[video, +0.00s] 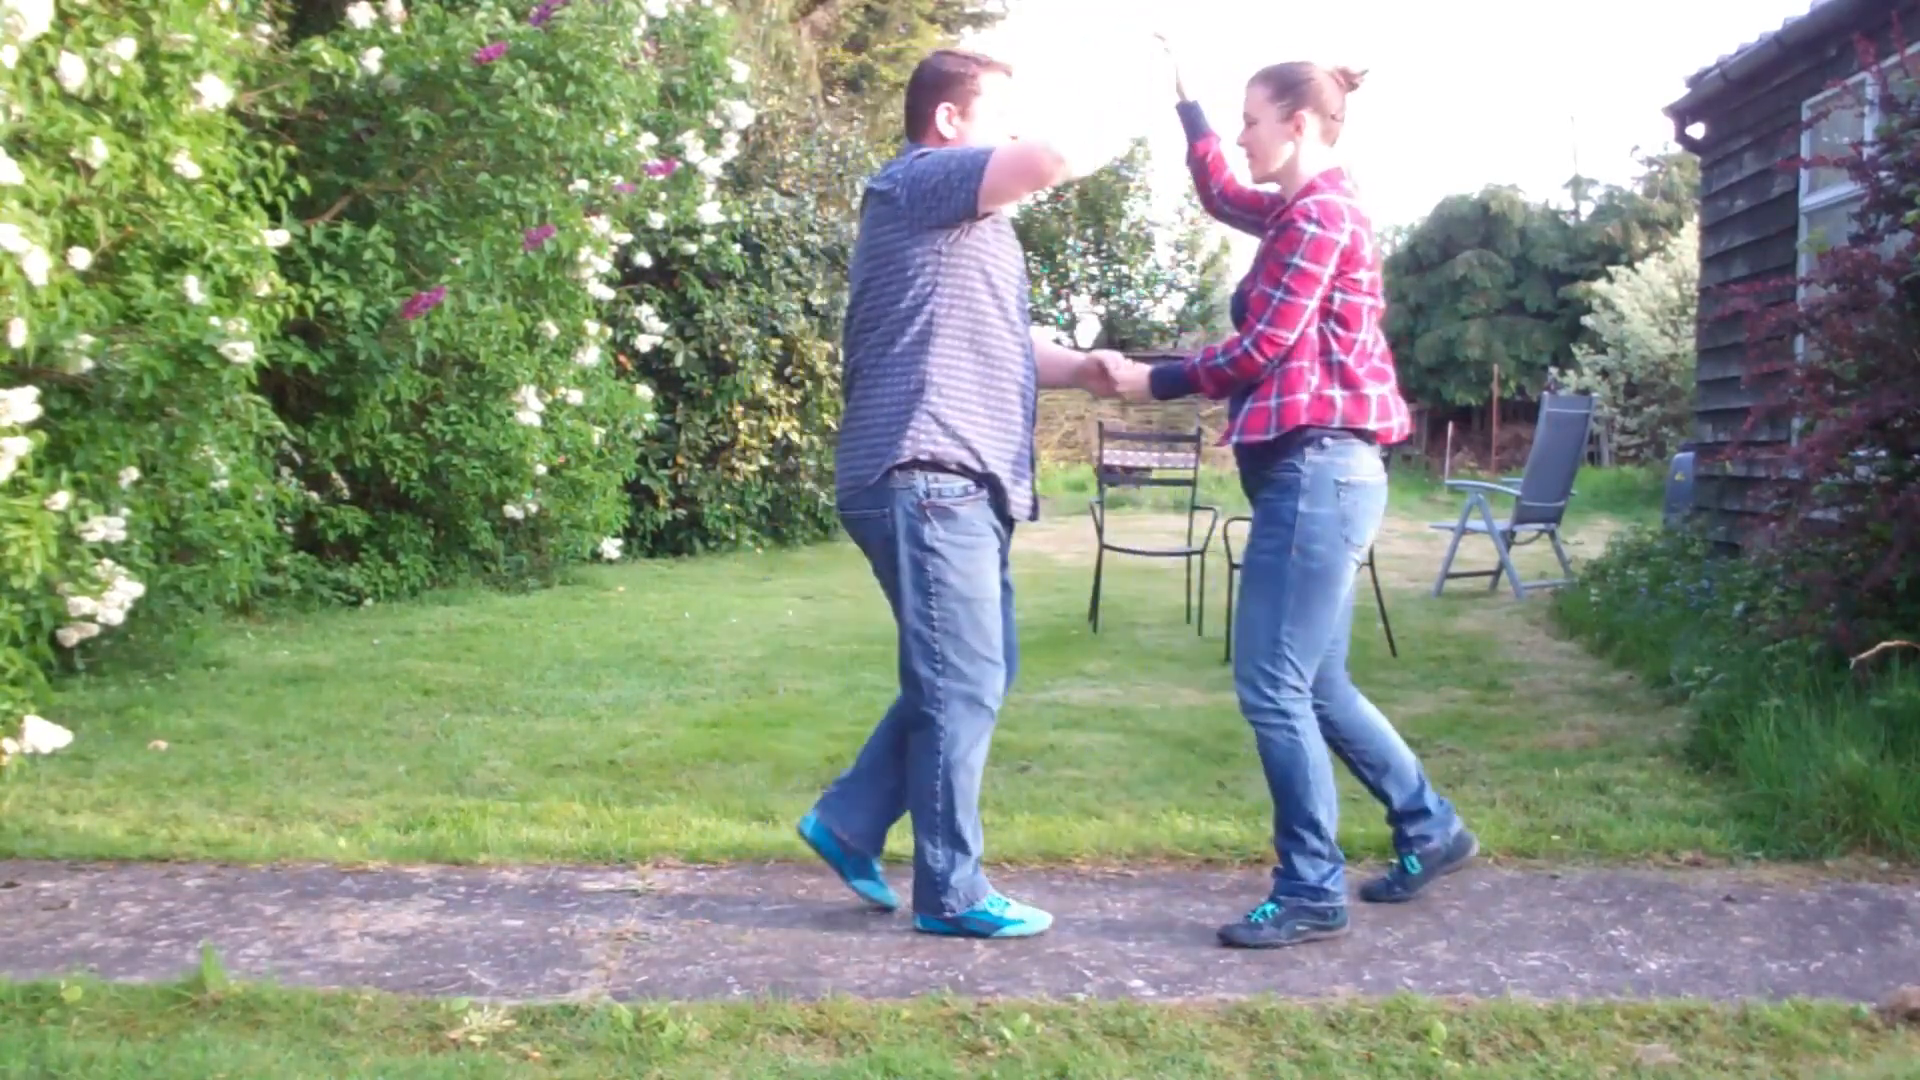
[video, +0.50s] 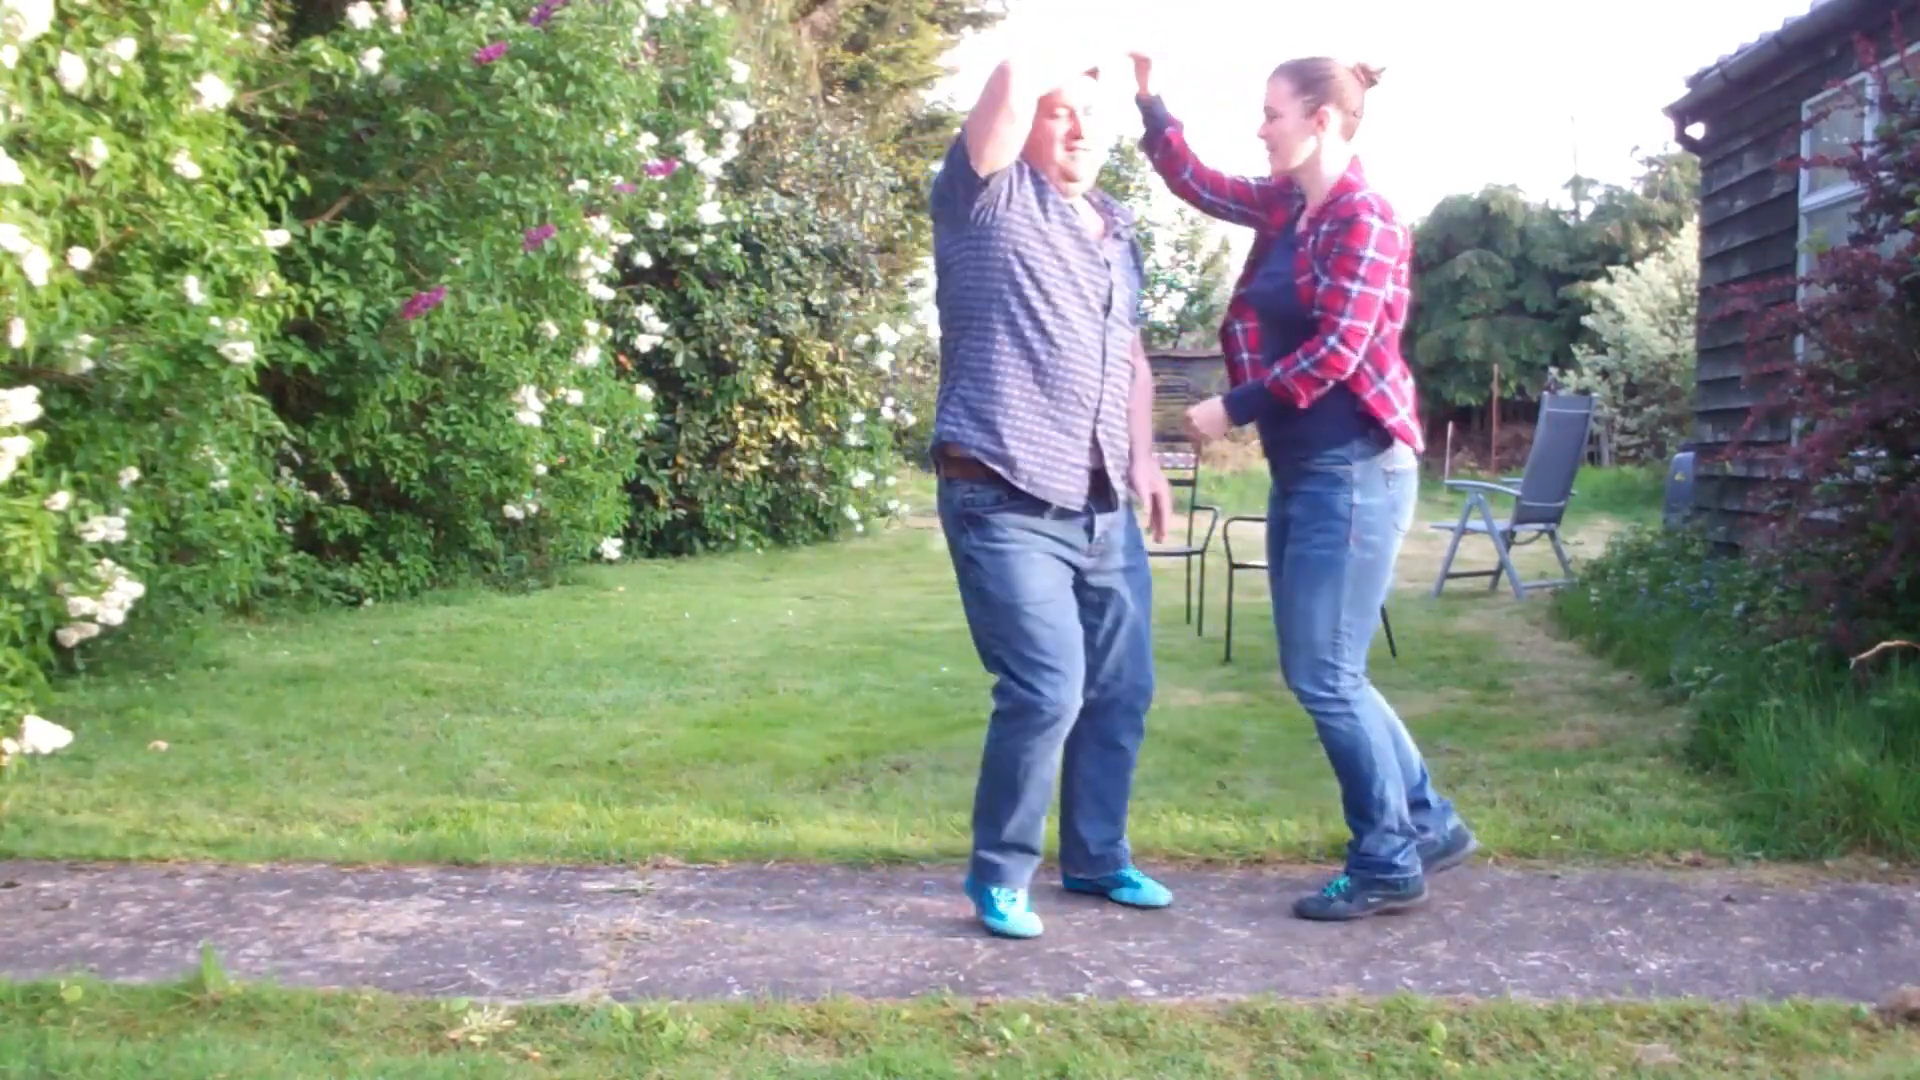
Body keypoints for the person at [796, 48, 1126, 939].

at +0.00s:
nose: (1014, 125)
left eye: (1012, 110)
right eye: (999, 108)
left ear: (956, 120)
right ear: (948, 117)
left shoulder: (978, 220)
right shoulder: (911, 183)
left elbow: (1003, 350)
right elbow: (1044, 162)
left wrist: (1092, 365)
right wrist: (1111, 120)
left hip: (971, 478)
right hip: (921, 471)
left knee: (979, 673)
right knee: (958, 680)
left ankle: (847, 822)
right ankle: (951, 889)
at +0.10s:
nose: (1039, 118)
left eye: (1035, 102)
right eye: (1022, 103)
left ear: (976, 119)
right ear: (969, 118)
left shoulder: (1003, 227)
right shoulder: (926, 187)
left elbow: (1012, 361)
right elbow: (1056, 137)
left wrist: (1097, 389)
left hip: (1003, 489)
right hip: (945, 477)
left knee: (1045, 662)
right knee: (977, 688)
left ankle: (916, 810)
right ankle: (952, 889)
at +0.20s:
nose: (1054, 119)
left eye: (1053, 108)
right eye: (1037, 107)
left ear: (994, 123)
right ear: (982, 120)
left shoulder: (1025, 227)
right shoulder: (944, 187)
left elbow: (1026, 374)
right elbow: (1060, 122)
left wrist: (1115, 416)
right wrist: (1055, 106)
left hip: (1035, 500)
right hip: (966, 487)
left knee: (1081, 664)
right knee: (995, 690)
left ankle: (1022, 846)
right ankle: (953, 888)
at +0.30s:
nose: (1070, 136)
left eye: (1070, 119)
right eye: (1053, 114)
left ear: (1021, 120)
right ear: (996, 118)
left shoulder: (1054, 226)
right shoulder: (954, 191)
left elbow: (1043, 367)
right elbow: (1056, 101)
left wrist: (1114, 431)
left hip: (1066, 497)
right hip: (983, 485)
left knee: (1099, 681)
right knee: (1014, 689)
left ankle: (1097, 859)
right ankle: (958, 885)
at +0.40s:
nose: (1073, 128)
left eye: (1083, 115)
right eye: (1053, 109)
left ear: (1091, 137)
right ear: (1010, 115)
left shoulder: (1087, 231)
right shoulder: (964, 195)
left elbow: (1090, 376)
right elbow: (1040, 85)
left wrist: (1130, 453)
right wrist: (1055, 90)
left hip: (1083, 500)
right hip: (992, 490)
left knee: (1111, 683)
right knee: (1039, 687)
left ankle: (1093, 860)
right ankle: (966, 876)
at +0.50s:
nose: (1071, 125)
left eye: (1086, 113)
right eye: (1053, 112)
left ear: (1107, 134)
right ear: (1022, 125)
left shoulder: (1112, 229)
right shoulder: (980, 196)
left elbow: (1130, 357)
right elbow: (1007, 84)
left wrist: (1143, 456)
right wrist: (1032, 63)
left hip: (1104, 507)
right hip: (1003, 499)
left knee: (1120, 689)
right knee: (1046, 687)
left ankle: (1095, 861)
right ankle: (1000, 874)